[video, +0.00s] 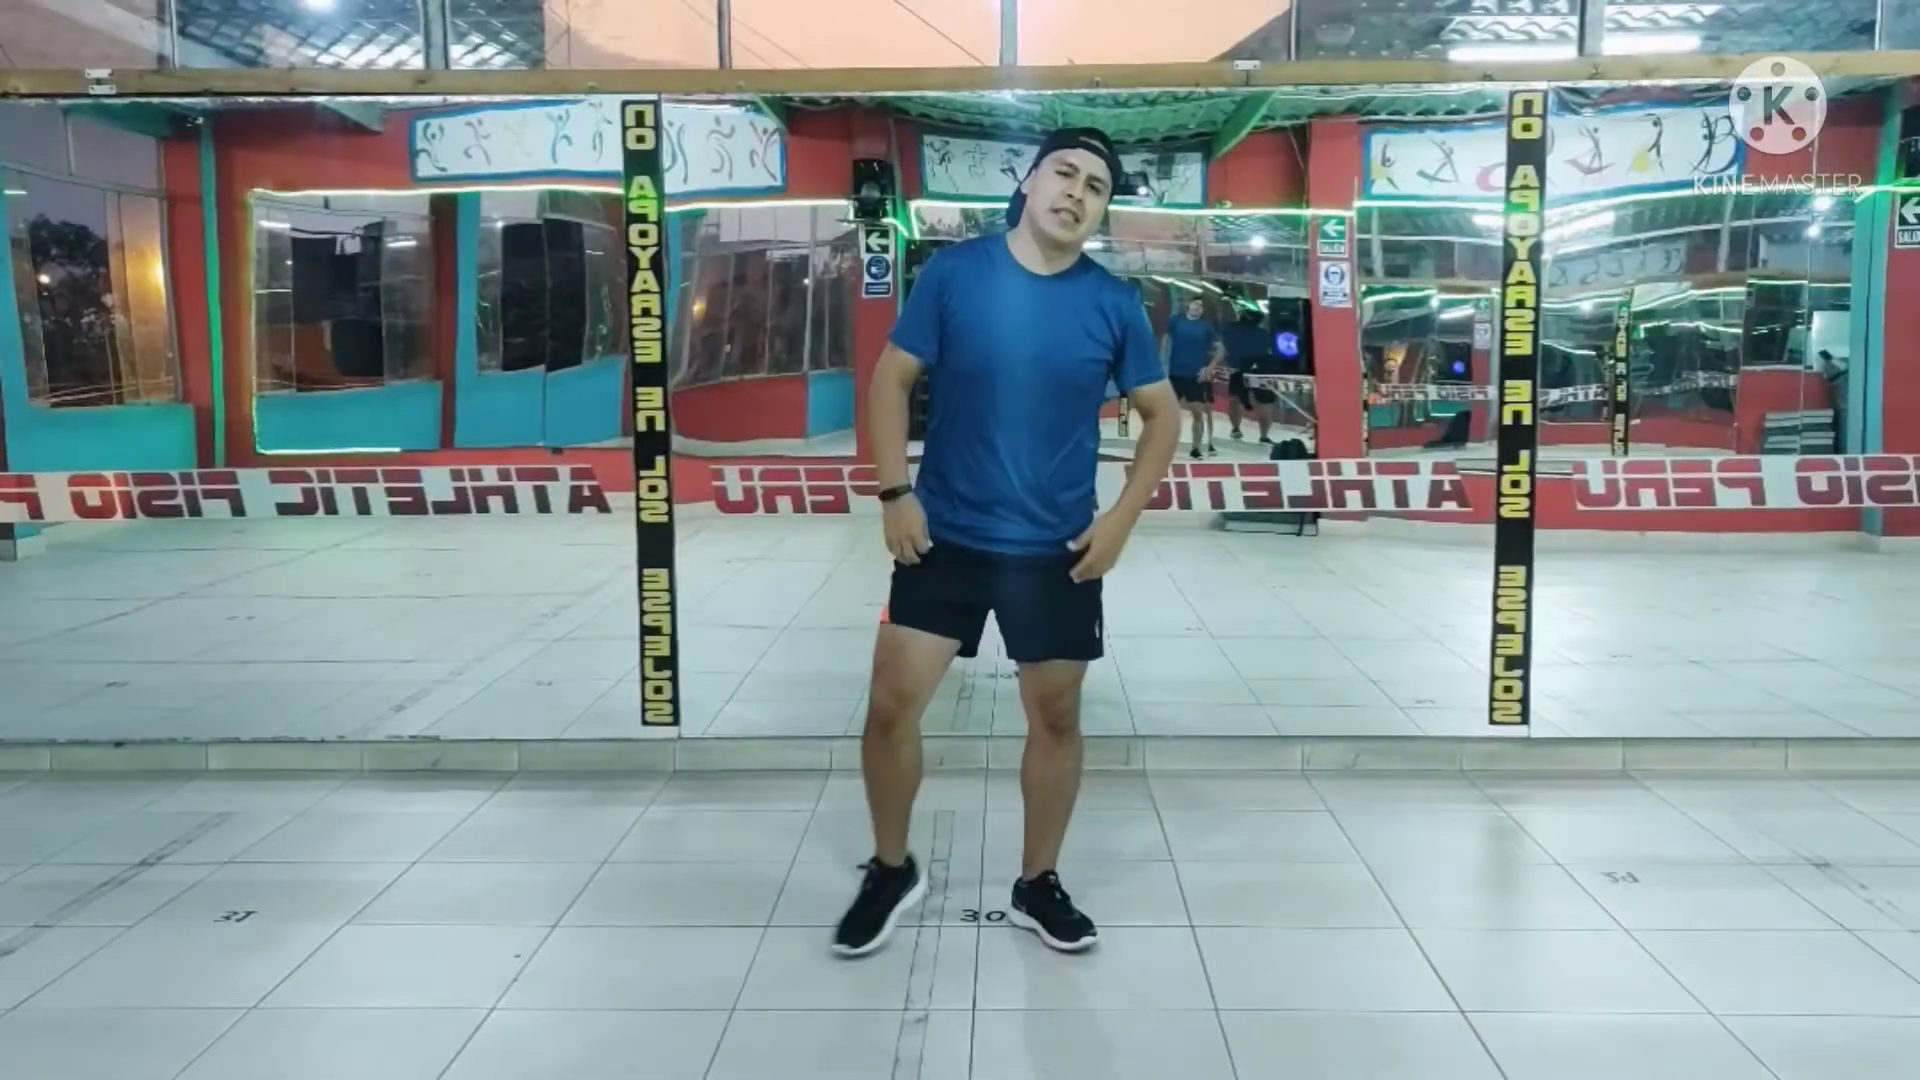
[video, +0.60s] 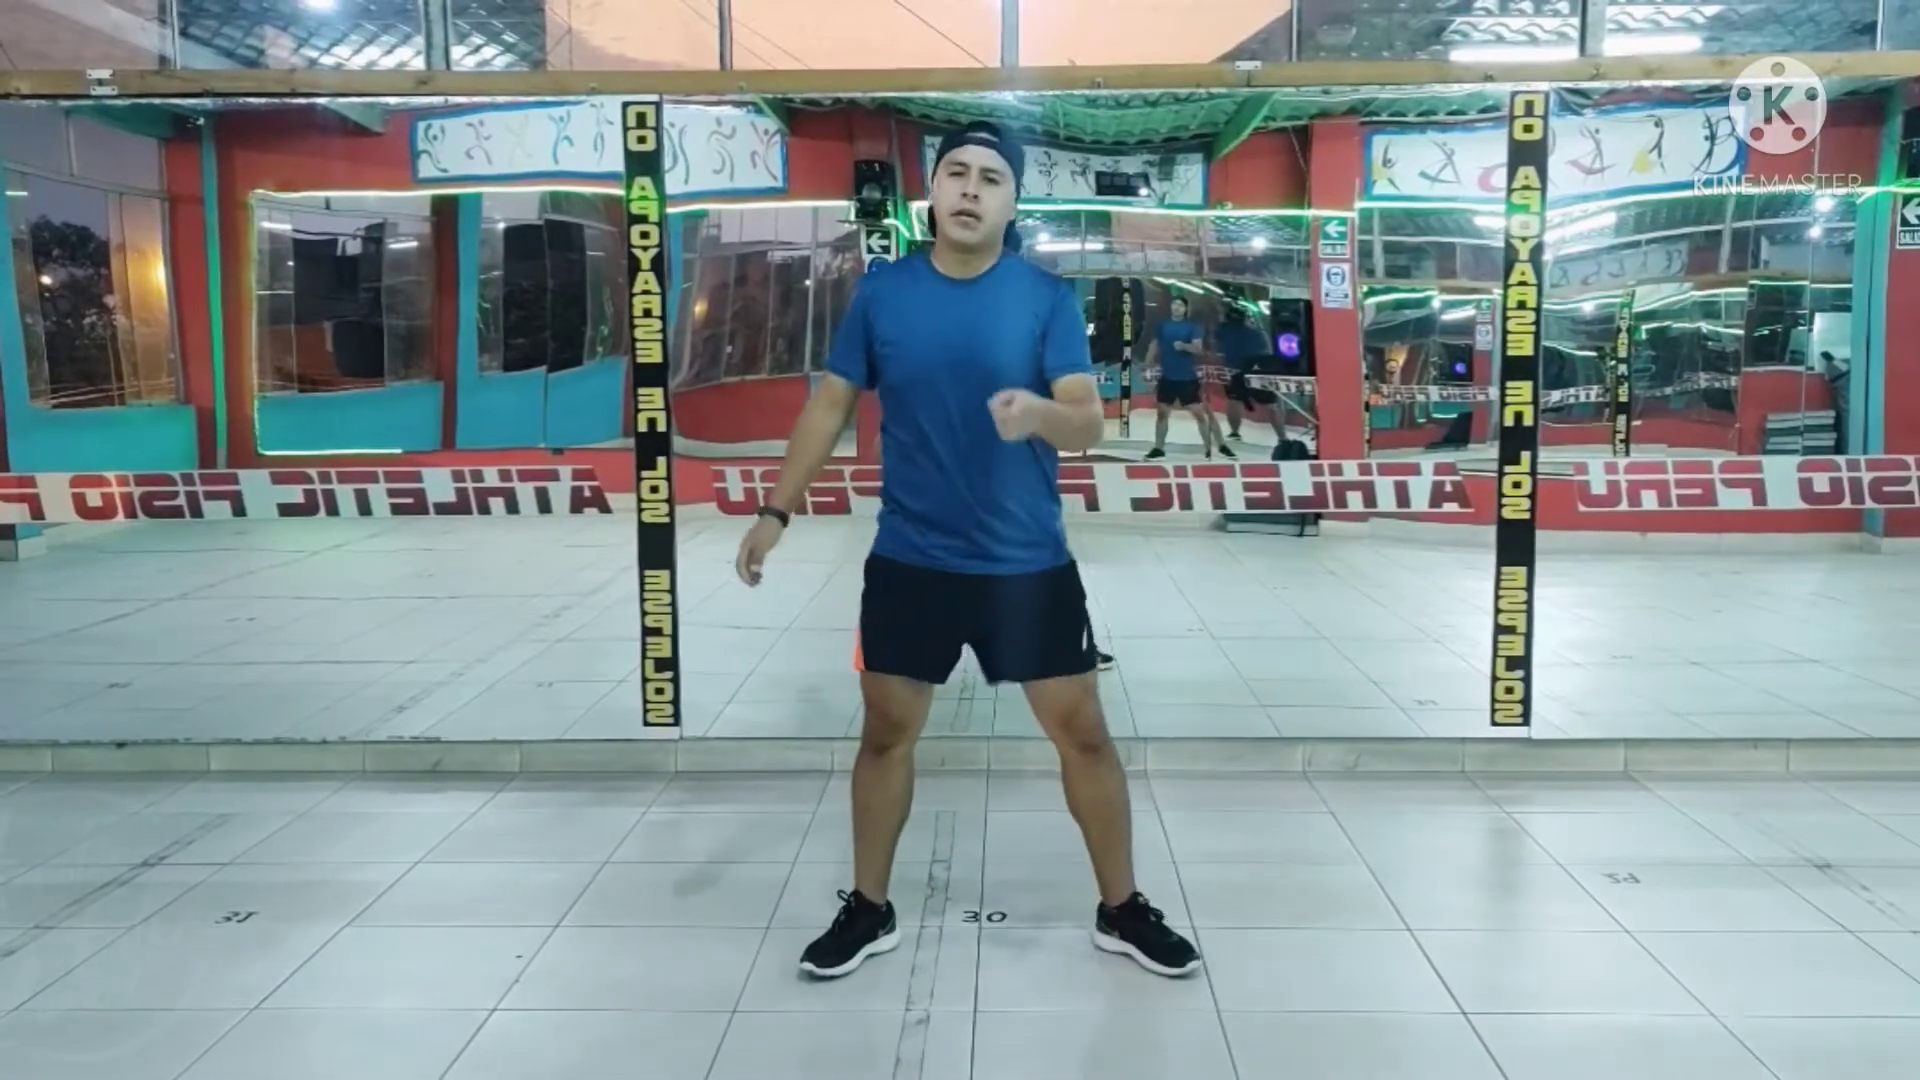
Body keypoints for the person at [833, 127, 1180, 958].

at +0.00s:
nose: (1078, 192)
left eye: (1095, 187)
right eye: (1065, 174)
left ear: (1103, 212)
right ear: (1026, 183)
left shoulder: (1114, 303)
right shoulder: (952, 275)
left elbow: (1163, 417)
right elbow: (889, 381)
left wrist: (1122, 516)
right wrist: (894, 493)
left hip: (1054, 547)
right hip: (946, 535)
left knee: (1057, 716)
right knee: (891, 704)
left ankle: (1039, 881)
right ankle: (890, 867)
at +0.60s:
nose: (969, 189)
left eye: (989, 179)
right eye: (955, 174)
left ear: (1013, 204)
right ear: (931, 192)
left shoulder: (1045, 297)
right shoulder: (883, 292)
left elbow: (1085, 423)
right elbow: (828, 406)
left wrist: (1043, 414)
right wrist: (776, 510)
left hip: (1027, 559)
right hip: (912, 554)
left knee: (1083, 731)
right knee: (886, 732)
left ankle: (1122, 903)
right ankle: (867, 903)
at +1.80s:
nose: (994, 188)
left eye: (1014, 178)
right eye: (980, 173)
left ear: (1037, 202)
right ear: (952, 189)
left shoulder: (1068, 297)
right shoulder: (900, 292)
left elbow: (1112, 430)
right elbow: (866, 413)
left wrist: (1068, 396)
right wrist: (848, 530)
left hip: (1044, 562)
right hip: (928, 559)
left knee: (1093, 740)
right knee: (896, 739)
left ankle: (1124, 905)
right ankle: (871, 905)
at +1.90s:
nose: (994, 188)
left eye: (1014, 179)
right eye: (980, 172)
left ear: (1037, 203)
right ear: (953, 189)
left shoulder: (1068, 298)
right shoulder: (901, 292)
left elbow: (1111, 431)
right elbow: (866, 411)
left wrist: (1067, 395)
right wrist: (849, 529)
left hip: (1044, 563)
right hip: (928, 560)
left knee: (1094, 739)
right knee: (896, 738)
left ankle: (1124, 905)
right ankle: (871, 905)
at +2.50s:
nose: (996, 190)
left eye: (1016, 180)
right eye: (982, 174)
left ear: (1039, 204)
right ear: (955, 191)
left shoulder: (1069, 298)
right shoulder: (900, 292)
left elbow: (1111, 432)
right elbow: (866, 412)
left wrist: (1069, 397)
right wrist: (848, 529)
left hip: (1045, 564)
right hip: (928, 560)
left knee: (1095, 742)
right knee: (896, 740)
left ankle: (1125, 906)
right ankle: (872, 905)